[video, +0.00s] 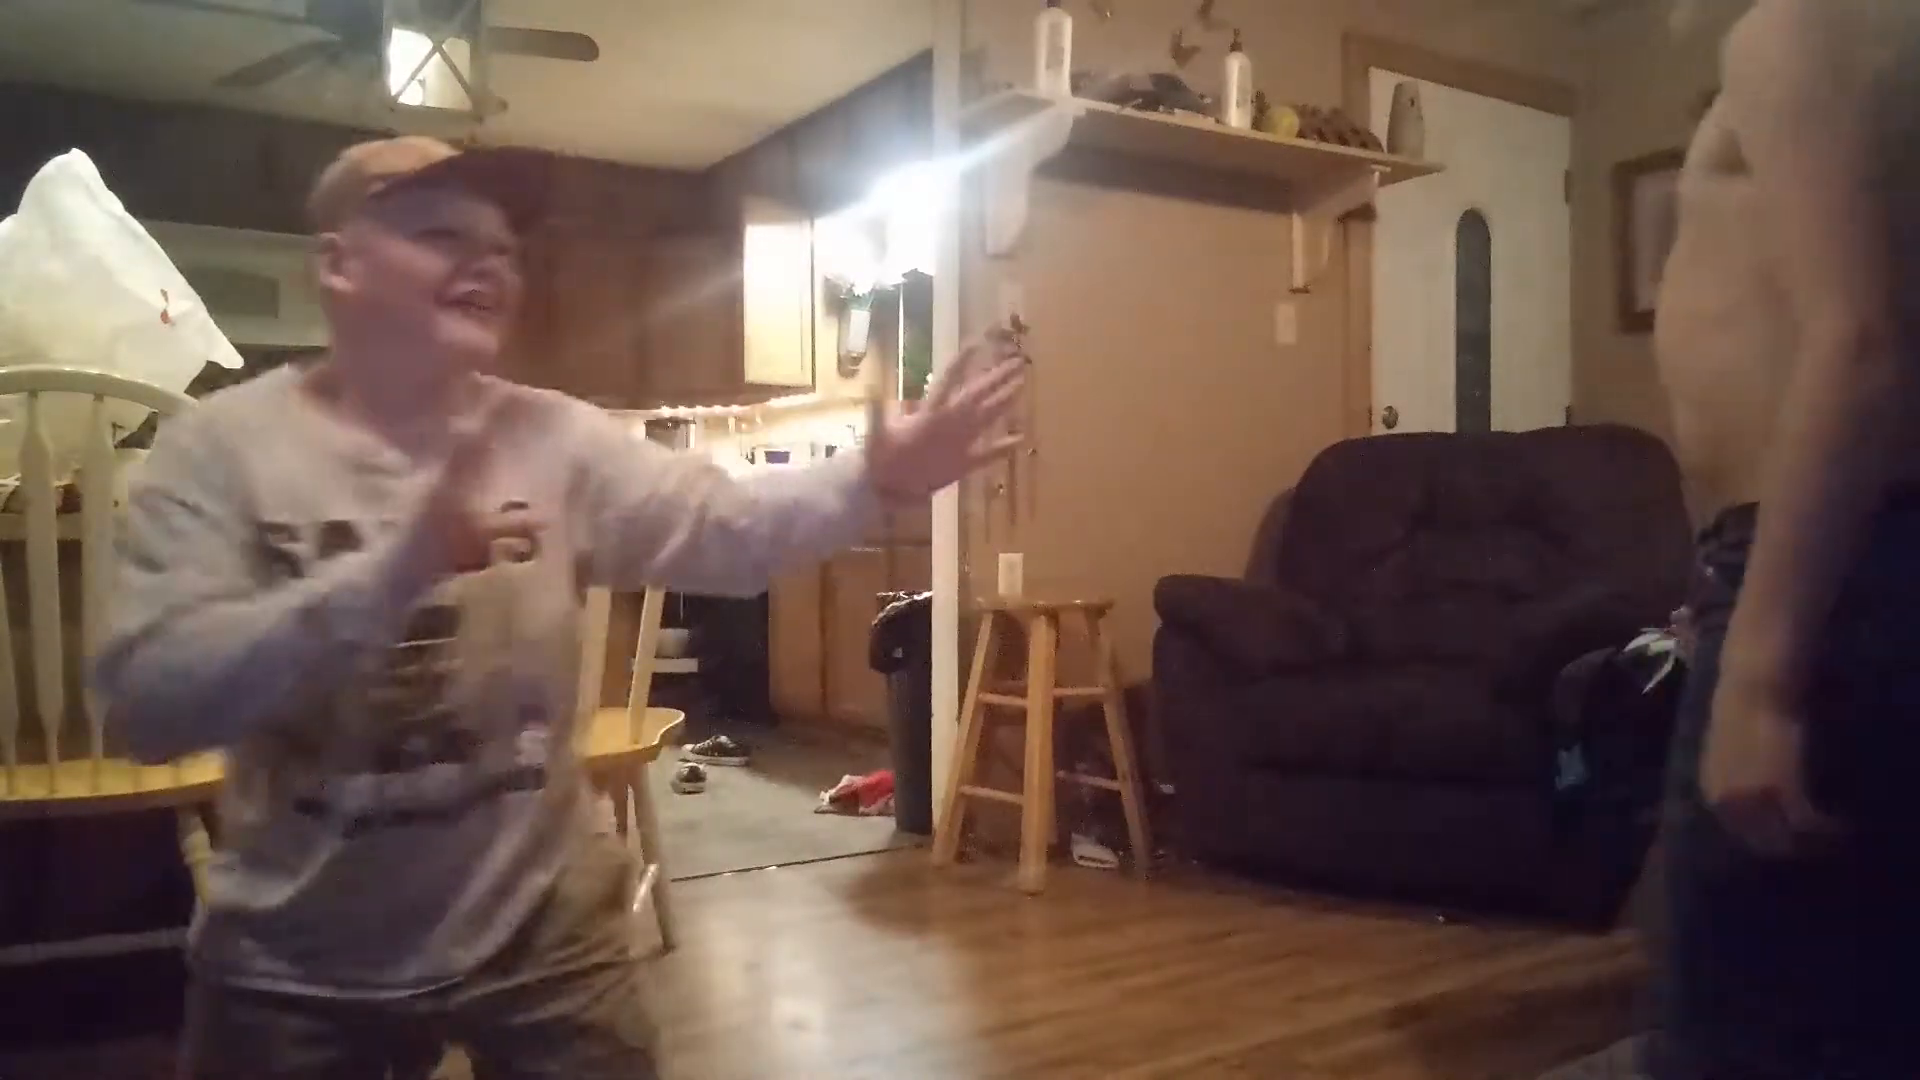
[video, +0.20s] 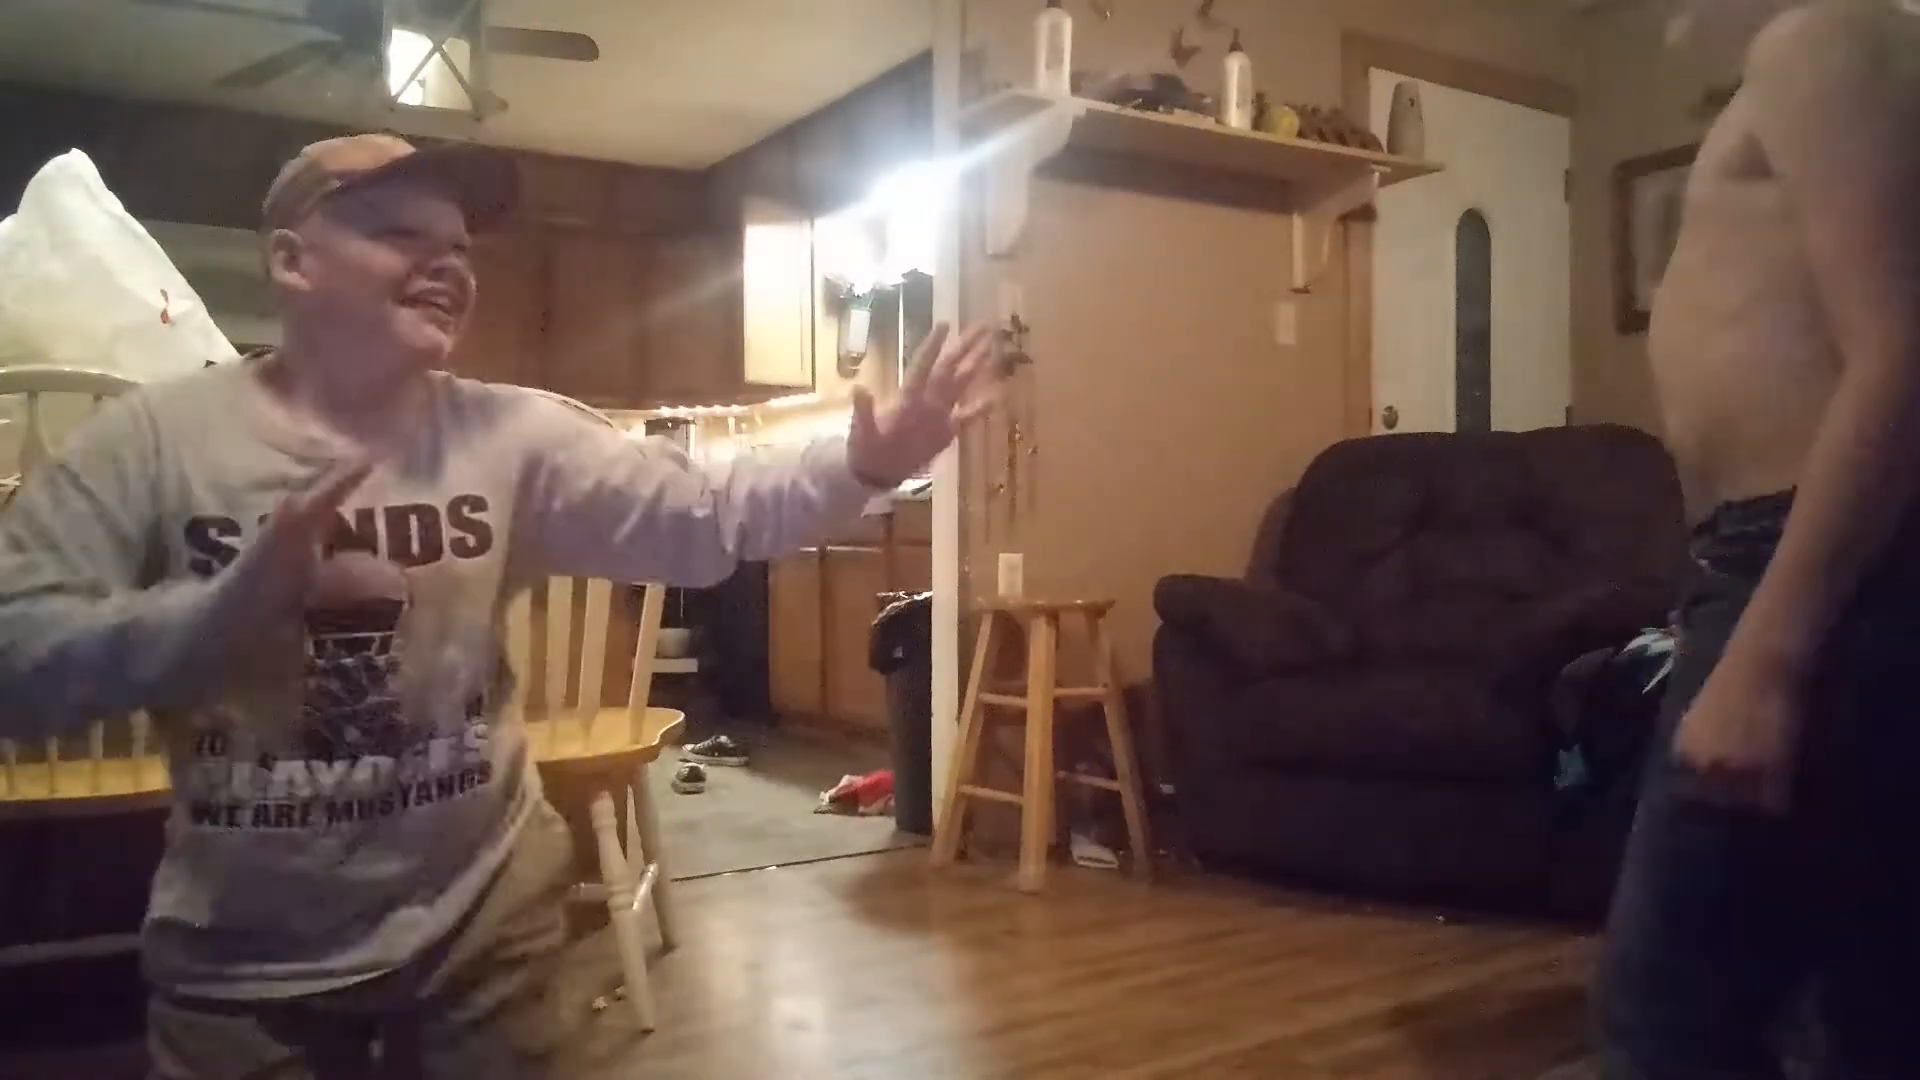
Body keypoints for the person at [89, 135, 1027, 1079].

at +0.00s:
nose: (490, 260)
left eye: (501, 242)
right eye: (441, 232)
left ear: (516, 285)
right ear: (337, 265)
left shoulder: (554, 439)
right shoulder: (214, 452)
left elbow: (717, 521)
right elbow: (144, 697)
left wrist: (869, 483)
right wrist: (395, 578)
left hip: (540, 923)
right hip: (296, 947)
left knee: (610, 1068)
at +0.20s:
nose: (452, 262)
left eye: (461, 248)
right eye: (404, 235)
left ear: (474, 280)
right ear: (290, 259)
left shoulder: (510, 437)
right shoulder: (148, 443)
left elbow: (707, 507)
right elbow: (17, 664)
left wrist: (871, 458)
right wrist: (235, 605)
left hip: (493, 930)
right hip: (247, 961)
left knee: (597, 1061)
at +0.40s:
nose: (464, 295)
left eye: (477, 275)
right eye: (418, 266)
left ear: (493, 297)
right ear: (311, 295)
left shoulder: (528, 449)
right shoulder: (175, 472)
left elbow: (714, 501)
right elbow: (8, 662)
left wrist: (888, 449)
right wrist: (106, 695)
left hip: (467, 948)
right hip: (231, 975)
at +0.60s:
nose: (527, 323)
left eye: (537, 300)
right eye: (484, 299)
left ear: (549, 317)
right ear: (380, 324)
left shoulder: (585, 476)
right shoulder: (249, 485)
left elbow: (776, 532)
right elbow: (96, 683)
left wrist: (926, 492)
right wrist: (134, 682)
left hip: (528, 917)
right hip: (288, 943)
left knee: (617, 1066)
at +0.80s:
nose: (583, 344)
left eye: (596, 324)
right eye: (543, 320)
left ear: (611, 342)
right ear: (448, 347)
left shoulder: (644, 488)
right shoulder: (332, 497)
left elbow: (838, 533)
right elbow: (173, 688)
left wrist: (998, 478)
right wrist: (214, 657)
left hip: (581, 914)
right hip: (359, 927)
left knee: (658, 1064)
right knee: (312, 1070)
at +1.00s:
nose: (598, 370)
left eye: (607, 343)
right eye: (557, 349)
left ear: (621, 351)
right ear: (465, 375)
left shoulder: (660, 498)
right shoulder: (356, 527)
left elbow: (844, 539)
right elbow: (192, 747)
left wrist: (1016, 476)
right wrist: (318, 675)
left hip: (604, 919)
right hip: (393, 932)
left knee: (676, 1066)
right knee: (364, 1067)